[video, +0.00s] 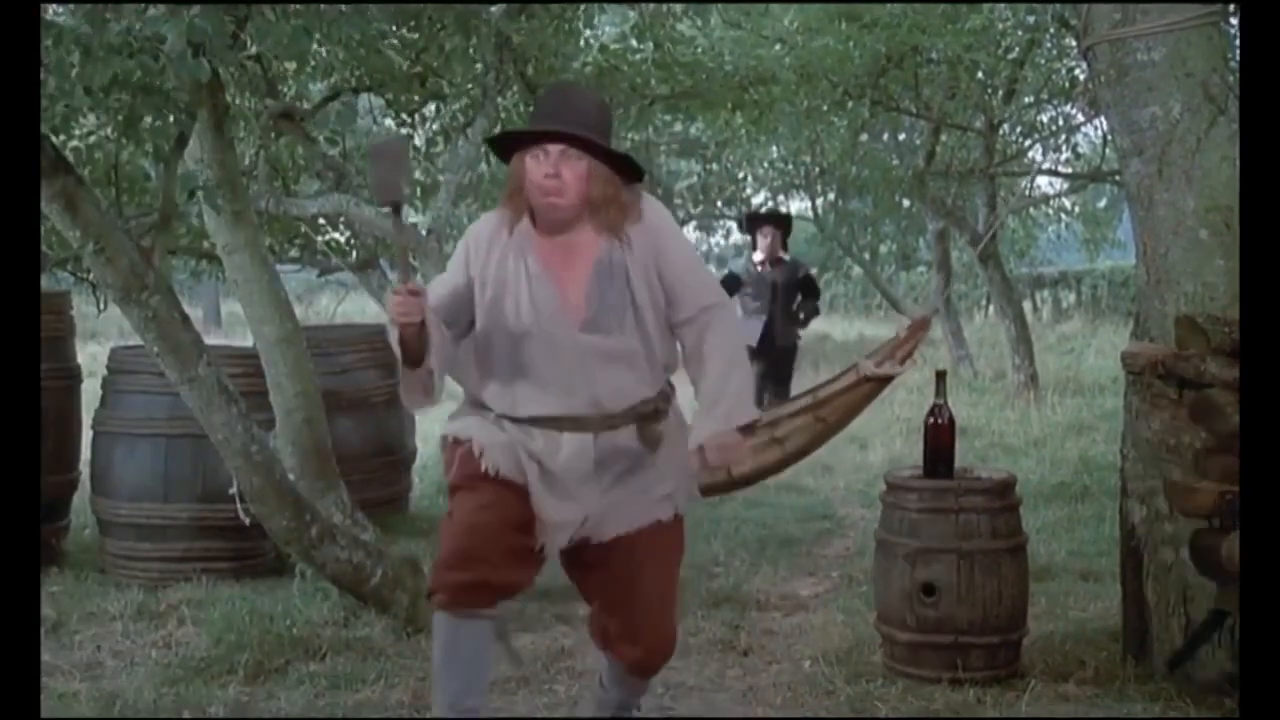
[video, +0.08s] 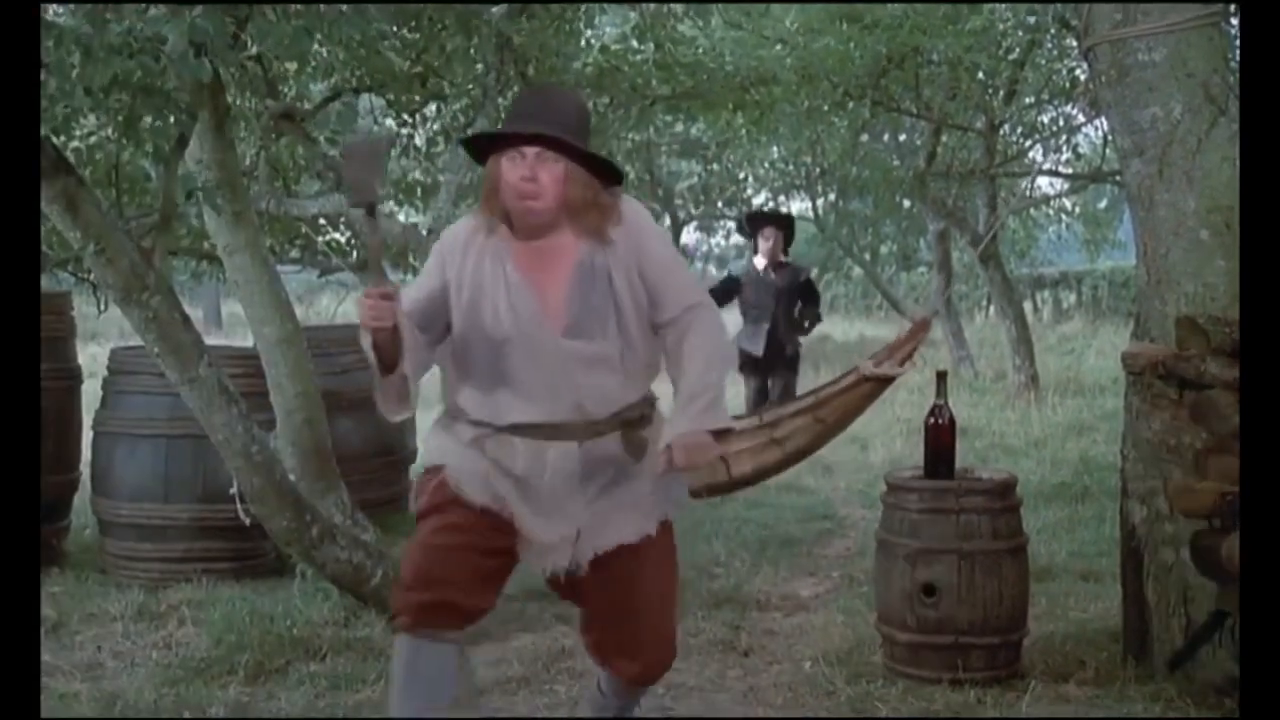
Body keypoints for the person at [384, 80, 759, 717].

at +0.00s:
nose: (551, 169)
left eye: (570, 155)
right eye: (538, 153)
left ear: (600, 170)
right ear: (517, 166)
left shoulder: (644, 228)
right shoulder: (489, 239)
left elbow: (710, 318)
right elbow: (433, 345)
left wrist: (723, 418)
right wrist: (413, 328)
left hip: (630, 455)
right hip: (508, 443)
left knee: (644, 641)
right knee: (465, 569)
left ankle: (617, 705)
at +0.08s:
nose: (528, 172)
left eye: (547, 158)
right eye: (514, 155)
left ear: (579, 172)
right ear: (492, 169)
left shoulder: (626, 231)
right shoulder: (463, 248)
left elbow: (694, 320)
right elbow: (408, 357)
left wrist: (697, 416)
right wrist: (386, 335)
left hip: (612, 466)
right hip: (486, 459)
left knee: (643, 653)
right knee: (427, 600)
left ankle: (613, 702)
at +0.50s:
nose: (327, 144)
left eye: (351, 127)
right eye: (312, 126)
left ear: (392, 147)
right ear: (288, 143)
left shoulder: (458, 226)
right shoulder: (252, 235)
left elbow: (547, 341)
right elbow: (188, 350)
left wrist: (570, 474)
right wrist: (149, 325)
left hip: (430, 471)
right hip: (294, 482)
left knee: (361, 647)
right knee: (268, 684)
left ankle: (380, 703)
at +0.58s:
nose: (282, 141)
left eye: (307, 124)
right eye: (268, 122)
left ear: (354, 145)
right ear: (247, 139)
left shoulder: (425, 222)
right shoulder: (208, 237)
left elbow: (525, 335)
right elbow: (128, 370)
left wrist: (559, 462)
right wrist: (100, 324)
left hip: (390, 497)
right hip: (254, 503)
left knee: (288, 692)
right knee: (248, 695)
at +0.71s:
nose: (206, 141)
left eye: (234, 121)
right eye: (191, 119)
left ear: (285, 146)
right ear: (166, 138)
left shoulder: (366, 236)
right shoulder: (126, 243)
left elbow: (474, 341)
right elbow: (54, 347)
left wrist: (523, 477)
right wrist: (58, 457)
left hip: (317, 542)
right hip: (170, 545)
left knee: (223, 700)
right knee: (178, 703)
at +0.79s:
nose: (131, 132)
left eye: (165, 110)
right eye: (113, 108)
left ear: (220, 137)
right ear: (86, 128)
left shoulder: (303, 242)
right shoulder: (54, 242)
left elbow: (414, 378)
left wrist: (466, 521)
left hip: (260, 553)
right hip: (96, 563)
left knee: (171, 705)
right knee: (119, 707)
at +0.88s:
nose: (80, 106)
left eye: (117, 85)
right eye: (63, 81)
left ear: (173, 116)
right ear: (39, 105)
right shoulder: (45, 234)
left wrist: (403, 554)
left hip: (226, 565)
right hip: (60, 570)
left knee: (169, 701)